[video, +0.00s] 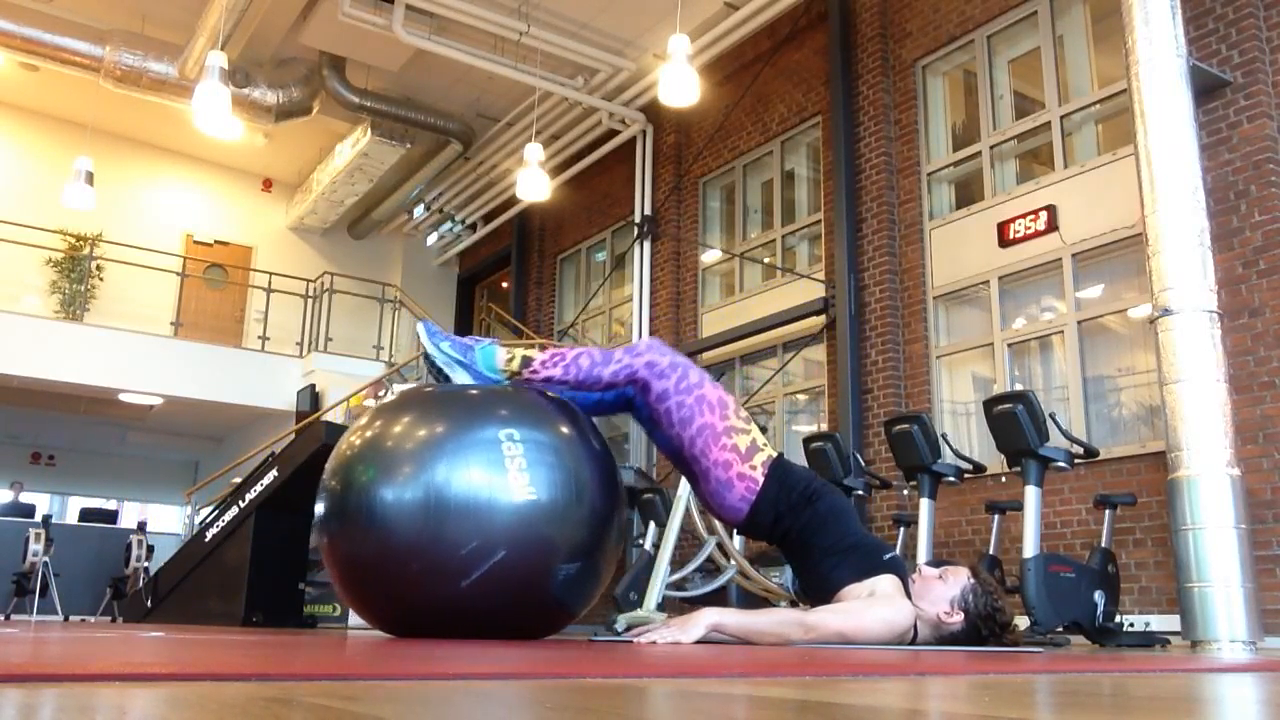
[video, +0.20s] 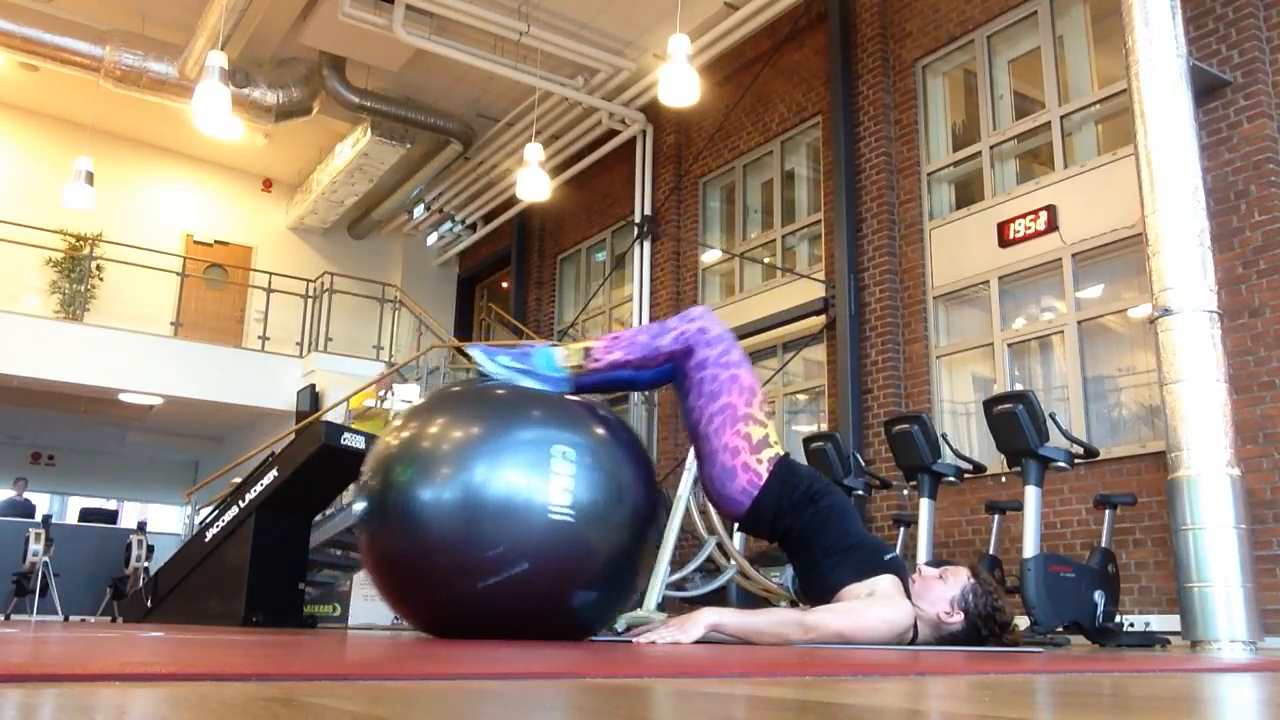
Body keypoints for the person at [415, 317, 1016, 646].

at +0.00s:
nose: (935, 569)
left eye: (947, 581)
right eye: (947, 570)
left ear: (944, 617)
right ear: (943, 606)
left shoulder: (891, 611)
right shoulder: (889, 595)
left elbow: (802, 626)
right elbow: (801, 622)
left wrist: (707, 619)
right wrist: (711, 622)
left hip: (747, 484)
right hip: (760, 471)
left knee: (653, 362)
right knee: (655, 359)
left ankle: (496, 364)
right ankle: (509, 368)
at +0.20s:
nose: (936, 569)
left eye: (946, 580)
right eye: (949, 570)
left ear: (944, 615)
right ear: (943, 604)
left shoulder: (890, 610)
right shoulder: (893, 596)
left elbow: (804, 630)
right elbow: (806, 623)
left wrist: (709, 616)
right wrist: (714, 617)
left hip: (749, 482)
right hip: (763, 471)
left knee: (699, 325)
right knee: (701, 333)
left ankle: (557, 368)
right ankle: (565, 373)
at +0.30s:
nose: (939, 567)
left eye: (949, 579)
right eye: (949, 570)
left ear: (945, 613)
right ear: (937, 584)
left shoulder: (893, 614)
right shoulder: (895, 600)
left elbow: (798, 627)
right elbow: (796, 625)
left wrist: (705, 621)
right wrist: (705, 620)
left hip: (750, 478)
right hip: (765, 472)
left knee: (745, 320)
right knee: (747, 319)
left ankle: (605, 365)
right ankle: (614, 373)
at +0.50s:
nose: (934, 567)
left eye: (946, 577)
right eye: (947, 569)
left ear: (947, 614)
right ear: (946, 612)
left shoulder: (894, 613)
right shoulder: (904, 604)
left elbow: (801, 626)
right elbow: (806, 623)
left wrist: (712, 621)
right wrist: (718, 622)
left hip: (771, 466)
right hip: (792, 468)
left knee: (825, 310)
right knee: (822, 323)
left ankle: (685, 366)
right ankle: (693, 371)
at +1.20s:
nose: (941, 563)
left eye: (950, 576)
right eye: (951, 567)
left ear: (945, 613)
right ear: (939, 586)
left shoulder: (895, 614)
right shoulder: (896, 597)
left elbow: (803, 626)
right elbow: (800, 624)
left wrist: (711, 621)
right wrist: (711, 621)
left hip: (761, 474)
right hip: (776, 466)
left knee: (751, 311)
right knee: (752, 319)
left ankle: (612, 365)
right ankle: (618, 373)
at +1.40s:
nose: (935, 568)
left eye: (947, 580)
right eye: (948, 568)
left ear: (946, 617)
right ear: (943, 604)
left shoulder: (894, 608)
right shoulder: (892, 595)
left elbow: (808, 627)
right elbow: (806, 622)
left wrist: (709, 618)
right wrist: (717, 621)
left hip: (765, 477)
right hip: (778, 467)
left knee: (689, 329)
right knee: (697, 332)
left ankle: (544, 361)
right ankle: (564, 371)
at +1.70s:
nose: (937, 569)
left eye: (949, 581)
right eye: (950, 569)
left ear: (946, 616)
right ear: (943, 602)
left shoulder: (893, 610)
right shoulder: (891, 596)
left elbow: (803, 624)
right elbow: (802, 622)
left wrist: (714, 618)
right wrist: (714, 622)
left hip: (764, 485)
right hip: (772, 473)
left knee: (641, 384)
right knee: (648, 384)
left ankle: (489, 363)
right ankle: (512, 378)